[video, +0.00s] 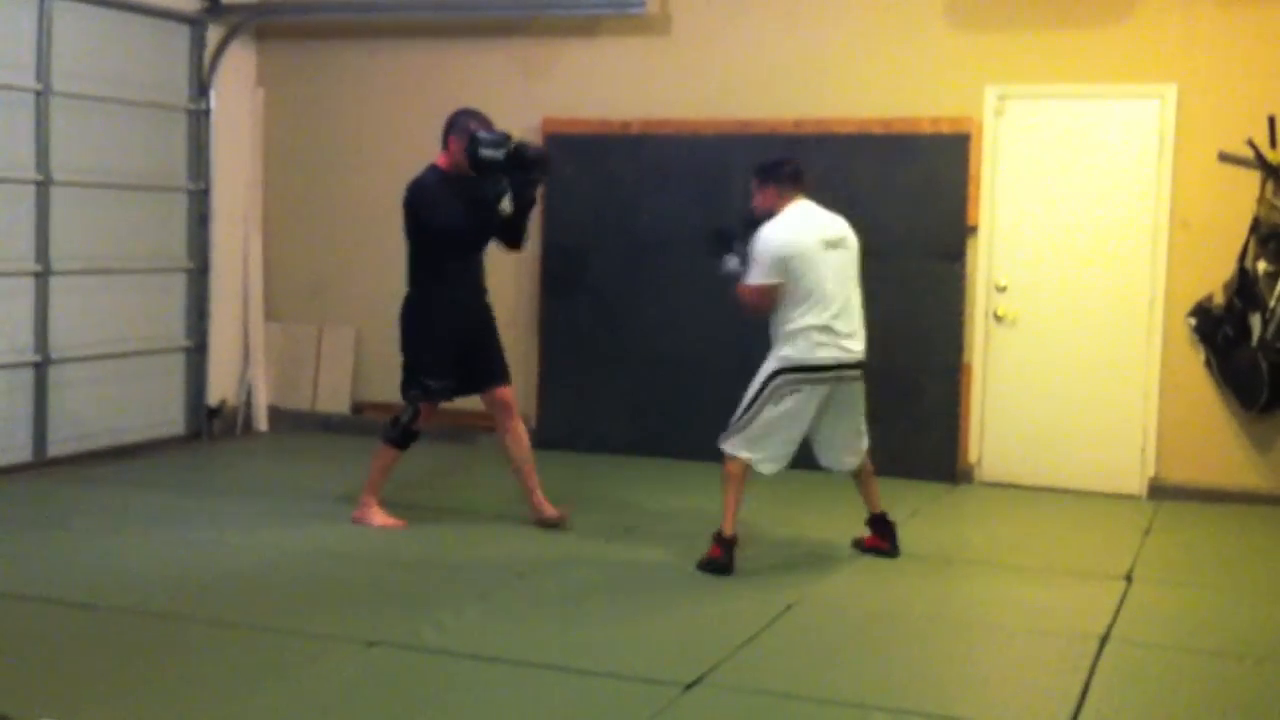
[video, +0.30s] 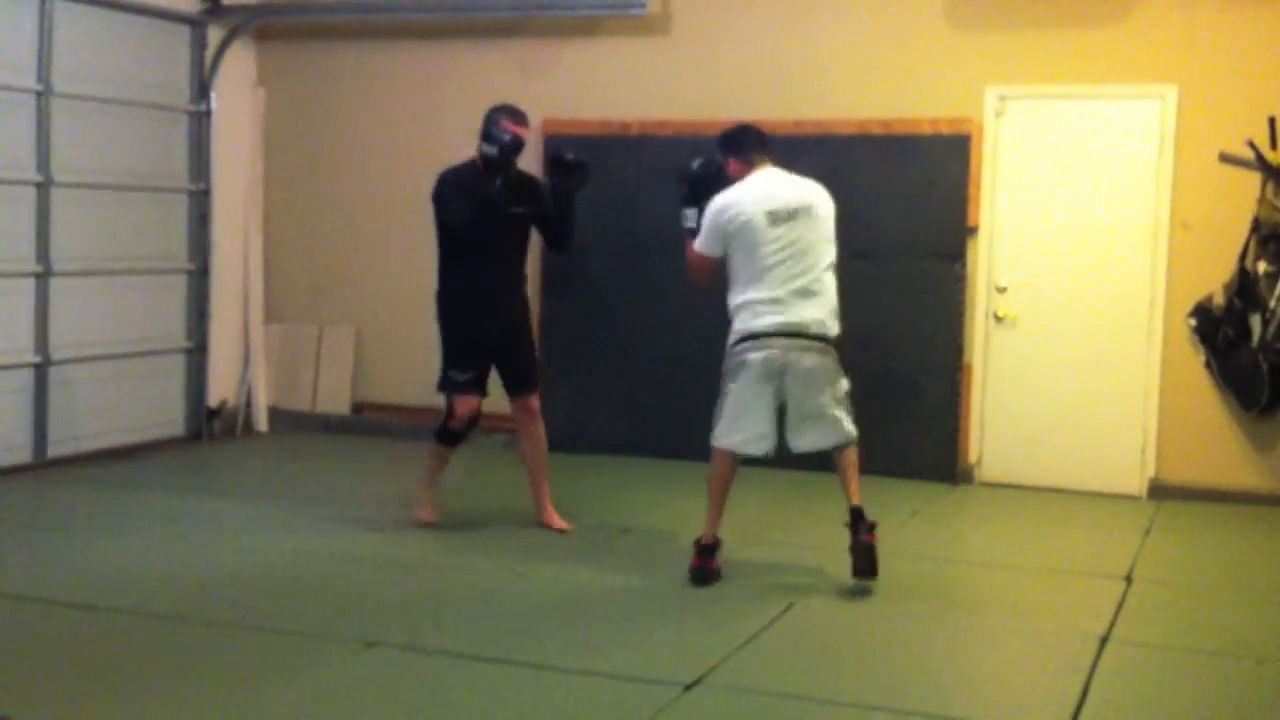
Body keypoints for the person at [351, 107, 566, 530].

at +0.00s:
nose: (481, 153)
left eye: (485, 144)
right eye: (475, 143)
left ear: (486, 147)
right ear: (452, 142)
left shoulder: (478, 187)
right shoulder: (425, 189)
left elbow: (512, 237)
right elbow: (459, 239)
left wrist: (525, 188)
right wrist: (489, 190)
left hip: (472, 311)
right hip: (429, 313)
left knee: (503, 401)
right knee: (418, 409)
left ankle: (538, 501)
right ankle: (367, 502)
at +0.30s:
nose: (511, 146)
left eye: (518, 140)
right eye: (504, 137)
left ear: (525, 143)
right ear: (485, 135)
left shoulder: (526, 187)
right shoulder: (454, 182)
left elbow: (558, 240)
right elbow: (459, 230)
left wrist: (564, 192)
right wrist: (491, 175)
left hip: (510, 310)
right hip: (463, 309)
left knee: (529, 406)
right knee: (464, 410)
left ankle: (544, 506)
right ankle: (427, 493)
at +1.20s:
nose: (525, 143)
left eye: (533, 135)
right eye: (517, 135)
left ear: (547, 137)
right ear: (502, 136)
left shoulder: (576, 184)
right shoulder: (490, 187)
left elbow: (579, 242)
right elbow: (511, 232)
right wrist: (524, 164)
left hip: (568, 314)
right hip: (515, 314)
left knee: (585, 413)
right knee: (486, 413)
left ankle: (602, 528)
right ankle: (464, 500)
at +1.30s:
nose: (513, 141)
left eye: (518, 133)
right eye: (508, 133)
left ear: (507, 134)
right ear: (515, 134)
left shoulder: (566, 181)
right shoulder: (484, 191)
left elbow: (613, 227)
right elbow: (507, 243)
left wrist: (600, 268)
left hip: (565, 312)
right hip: (511, 314)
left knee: (582, 414)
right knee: (475, 413)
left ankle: (604, 530)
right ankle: (446, 505)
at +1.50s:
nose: (520, 143)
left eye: (527, 134)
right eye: (511, 135)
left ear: (538, 132)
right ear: (494, 133)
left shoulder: (555, 180)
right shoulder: (478, 184)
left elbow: (600, 212)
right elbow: (473, 242)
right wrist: (491, 179)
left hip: (549, 308)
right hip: (497, 308)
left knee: (560, 402)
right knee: (470, 409)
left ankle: (581, 521)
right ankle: (446, 507)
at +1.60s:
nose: (522, 139)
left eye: (530, 129)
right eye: (513, 130)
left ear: (543, 127)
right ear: (498, 128)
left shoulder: (558, 175)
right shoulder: (486, 175)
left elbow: (583, 229)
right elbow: (473, 238)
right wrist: (488, 177)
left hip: (550, 306)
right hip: (500, 306)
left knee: (556, 409)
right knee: (469, 408)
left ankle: (579, 522)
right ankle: (453, 503)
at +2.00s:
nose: (535, 140)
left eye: (545, 133)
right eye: (529, 129)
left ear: (560, 135)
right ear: (515, 126)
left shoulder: (567, 182)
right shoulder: (490, 171)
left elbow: (586, 240)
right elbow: (448, 228)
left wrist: (597, 184)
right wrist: (476, 172)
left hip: (544, 307)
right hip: (490, 305)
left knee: (543, 401)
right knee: (480, 409)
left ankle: (572, 507)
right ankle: (490, 503)